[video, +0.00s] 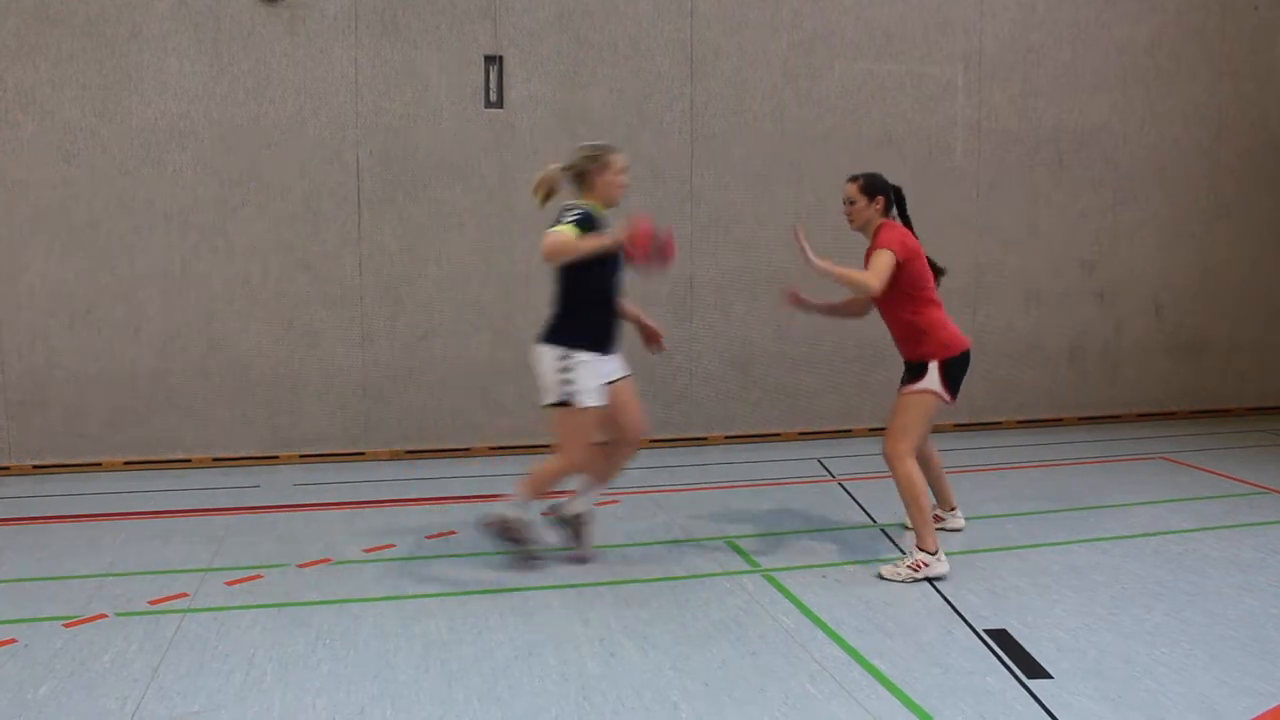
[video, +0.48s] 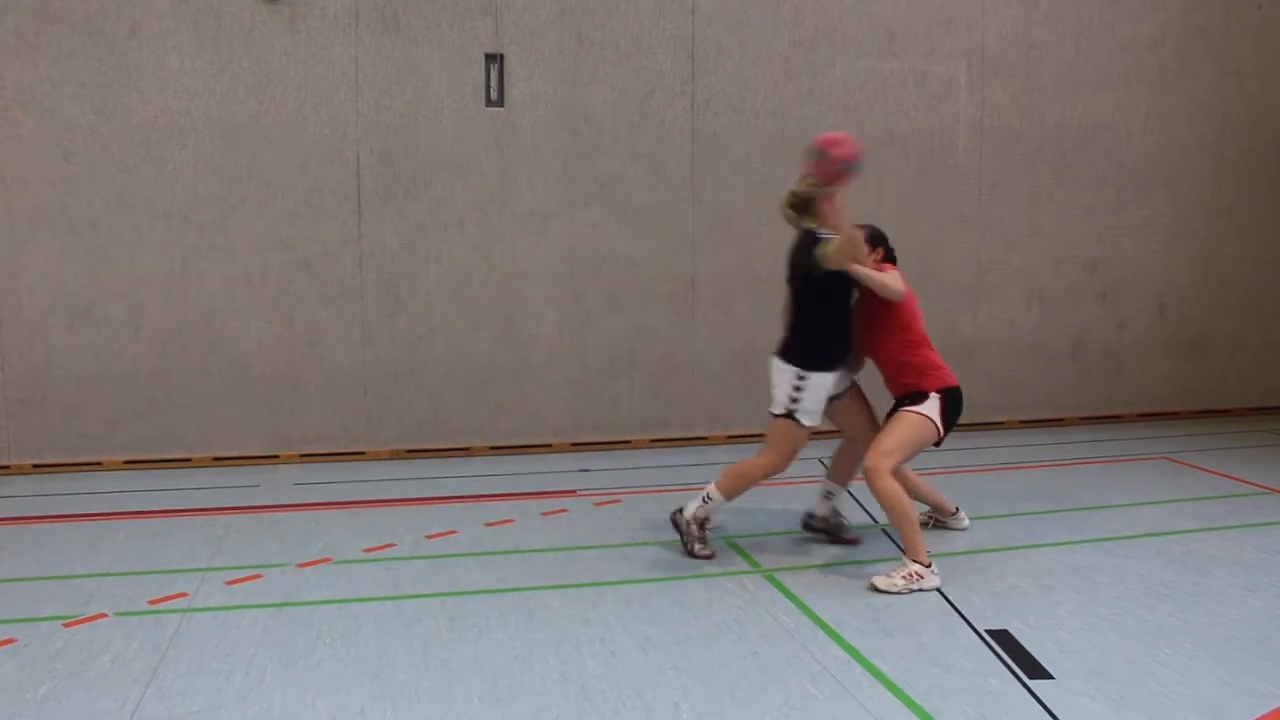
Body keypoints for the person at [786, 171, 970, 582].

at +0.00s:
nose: (845, 211)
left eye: (851, 203)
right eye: (844, 204)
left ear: (878, 204)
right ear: (874, 205)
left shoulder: (892, 236)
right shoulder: (880, 244)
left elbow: (873, 285)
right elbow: (861, 307)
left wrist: (821, 265)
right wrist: (812, 306)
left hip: (937, 357)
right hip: (927, 356)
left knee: (898, 450)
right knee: (913, 439)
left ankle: (928, 554)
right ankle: (947, 510)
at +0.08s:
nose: (842, 209)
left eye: (847, 201)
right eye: (840, 202)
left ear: (873, 200)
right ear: (869, 202)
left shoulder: (889, 228)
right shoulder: (871, 242)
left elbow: (858, 264)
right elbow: (844, 302)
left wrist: (800, 245)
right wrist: (799, 302)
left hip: (941, 344)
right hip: (926, 346)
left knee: (896, 440)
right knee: (907, 430)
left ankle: (923, 546)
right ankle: (942, 503)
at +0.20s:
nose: (840, 222)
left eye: (846, 214)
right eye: (838, 215)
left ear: (871, 212)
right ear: (860, 216)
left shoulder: (886, 239)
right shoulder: (860, 261)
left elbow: (835, 260)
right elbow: (828, 318)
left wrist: (772, 247)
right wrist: (774, 326)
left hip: (943, 355)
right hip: (918, 360)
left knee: (895, 444)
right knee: (903, 438)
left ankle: (919, 556)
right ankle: (944, 512)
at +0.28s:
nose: (836, 240)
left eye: (842, 231)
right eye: (835, 233)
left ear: (868, 233)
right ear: (864, 235)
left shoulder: (880, 258)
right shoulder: (858, 285)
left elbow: (829, 271)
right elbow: (826, 341)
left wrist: (765, 260)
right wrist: (777, 341)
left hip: (941, 376)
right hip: (918, 380)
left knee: (889, 457)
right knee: (894, 449)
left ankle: (923, 562)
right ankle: (946, 511)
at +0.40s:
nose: (836, 254)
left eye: (843, 247)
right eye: (836, 248)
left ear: (869, 251)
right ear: (859, 253)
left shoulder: (881, 272)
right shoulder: (860, 303)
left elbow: (865, 284)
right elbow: (845, 360)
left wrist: (814, 261)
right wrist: (806, 341)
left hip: (937, 391)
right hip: (912, 395)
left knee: (882, 465)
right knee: (891, 460)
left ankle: (924, 565)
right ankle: (949, 511)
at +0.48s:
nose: (848, 256)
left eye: (856, 248)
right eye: (847, 250)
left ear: (877, 253)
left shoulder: (889, 275)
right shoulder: (861, 305)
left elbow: (895, 291)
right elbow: (853, 361)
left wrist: (848, 267)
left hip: (934, 395)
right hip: (911, 398)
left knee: (877, 466)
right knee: (883, 463)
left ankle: (919, 565)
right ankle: (947, 512)